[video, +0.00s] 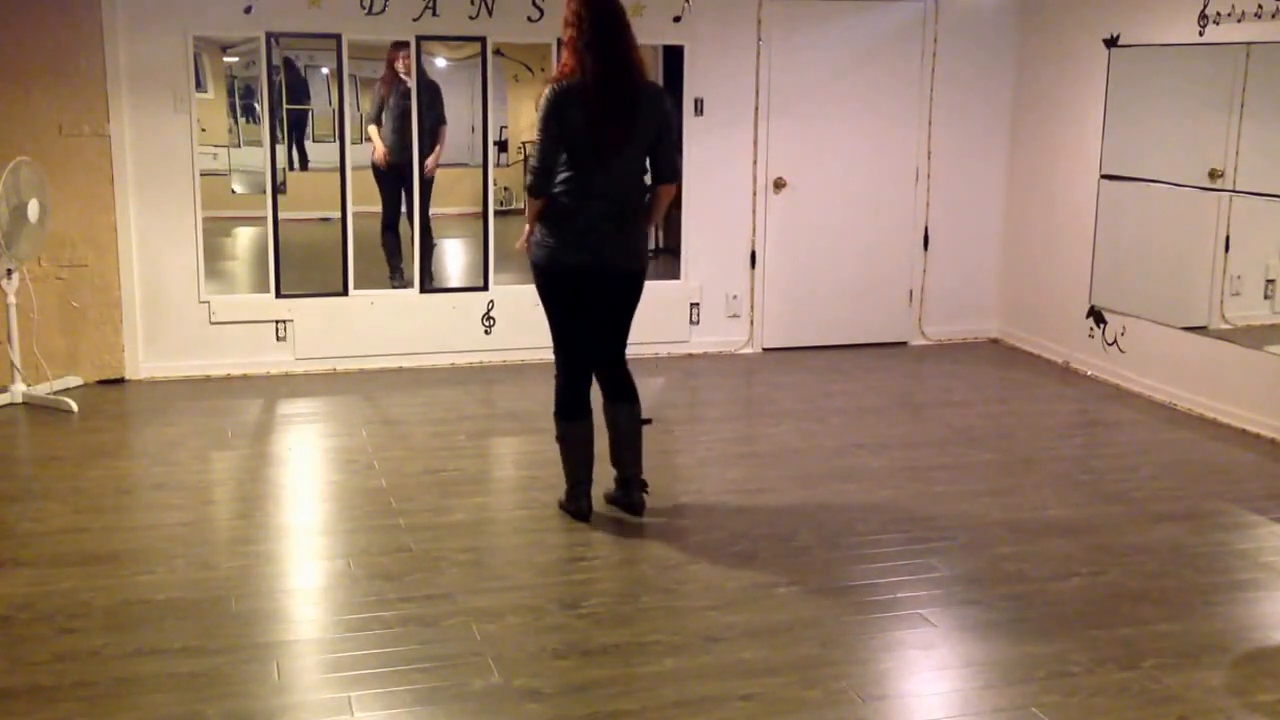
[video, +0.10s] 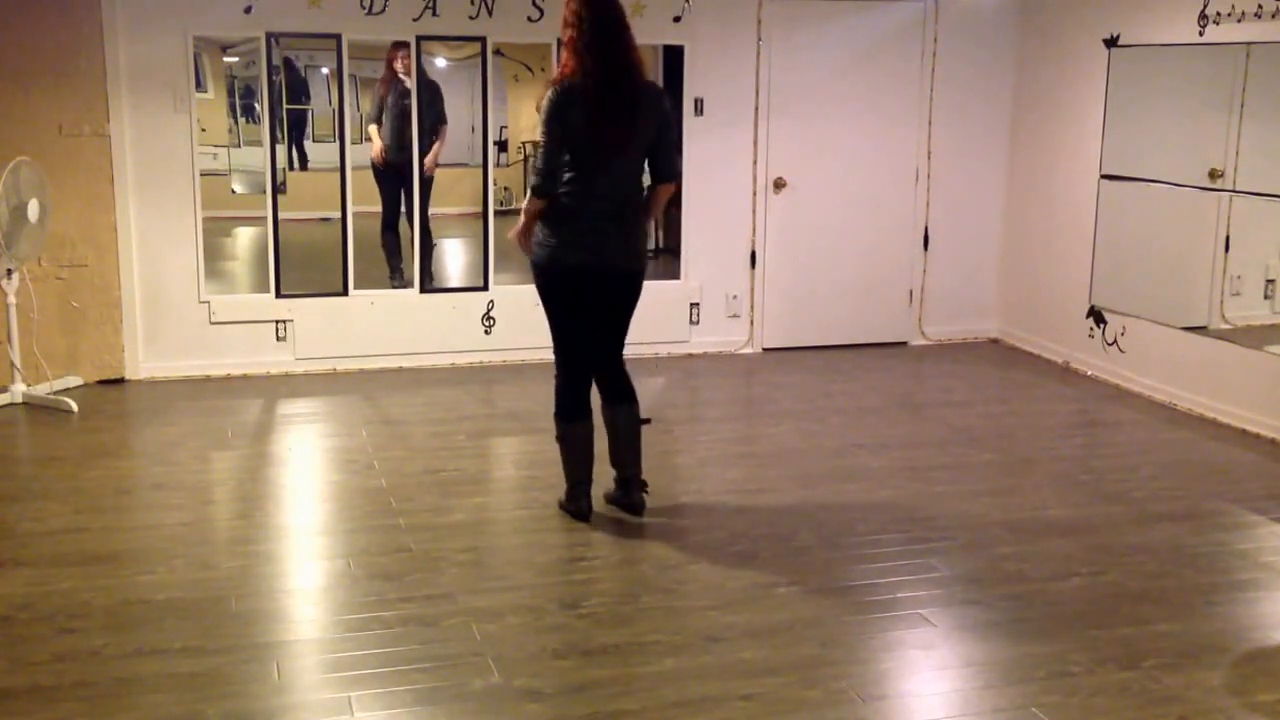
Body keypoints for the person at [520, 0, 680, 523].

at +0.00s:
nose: (562, 38)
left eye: (566, 30)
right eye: (565, 28)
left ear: (576, 36)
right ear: (623, 34)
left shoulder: (562, 96)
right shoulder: (652, 96)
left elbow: (542, 176)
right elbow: (668, 176)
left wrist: (530, 224)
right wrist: (644, 225)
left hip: (561, 250)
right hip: (624, 251)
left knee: (572, 367)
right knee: (613, 360)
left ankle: (578, 492)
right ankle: (631, 482)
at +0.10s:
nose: (563, 36)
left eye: (568, 27)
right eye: (564, 25)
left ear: (581, 34)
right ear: (619, 33)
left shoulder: (563, 96)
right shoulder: (651, 97)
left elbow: (547, 174)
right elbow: (667, 175)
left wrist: (523, 224)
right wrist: (642, 222)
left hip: (562, 251)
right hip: (624, 252)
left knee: (571, 366)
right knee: (610, 360)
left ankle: (578, 493)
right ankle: (630, 483)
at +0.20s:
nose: (562, 35)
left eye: (567, 26)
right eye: (564, 24)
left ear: (576, 33)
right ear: (619, 34)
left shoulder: (565, 96)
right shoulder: (648, 96)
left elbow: (556, 176)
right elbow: (667, 174)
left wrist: (527, 194)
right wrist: (641, 209)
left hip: (564, 252)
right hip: (624, 254)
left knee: (572, 367)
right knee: (607, 359)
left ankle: (578, 493)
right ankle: (629, 482)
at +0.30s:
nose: (562, 39)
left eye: (566, 30)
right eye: (565, 28)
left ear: (573, 36)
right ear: (620, 35)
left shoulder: (567, 96)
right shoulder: (648, 96)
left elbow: (559, 181)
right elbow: (667, 176)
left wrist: (527, 189)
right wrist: (633, 208)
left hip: (565, 253)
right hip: (624, 254)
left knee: (573, 367)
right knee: (606, 359)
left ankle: (578, 493)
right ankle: (629, 481)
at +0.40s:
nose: (561, 40)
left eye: (565, 32)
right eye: (566, 29)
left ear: (573, 37)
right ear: (622, 36)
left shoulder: (569, 96)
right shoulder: (649, 96)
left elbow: (557, 185)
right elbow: (666, 174)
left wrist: (528, 174)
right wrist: (633, 204)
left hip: (567, 251)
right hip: (626, 252)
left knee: (574, 367)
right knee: (606, 359)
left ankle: (578, 493)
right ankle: (629, 482)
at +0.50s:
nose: (563, 40)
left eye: (567, 33)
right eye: (568, 31)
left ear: (574, 39)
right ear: (623, 37)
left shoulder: (569, 97)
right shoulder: (648, 95)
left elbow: (556, 178)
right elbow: (669, 170)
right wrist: (635, 201)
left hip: (569, 249)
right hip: (627, 250)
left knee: (577, 365)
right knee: (606, 358)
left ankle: (578, 493)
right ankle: (629, 482)